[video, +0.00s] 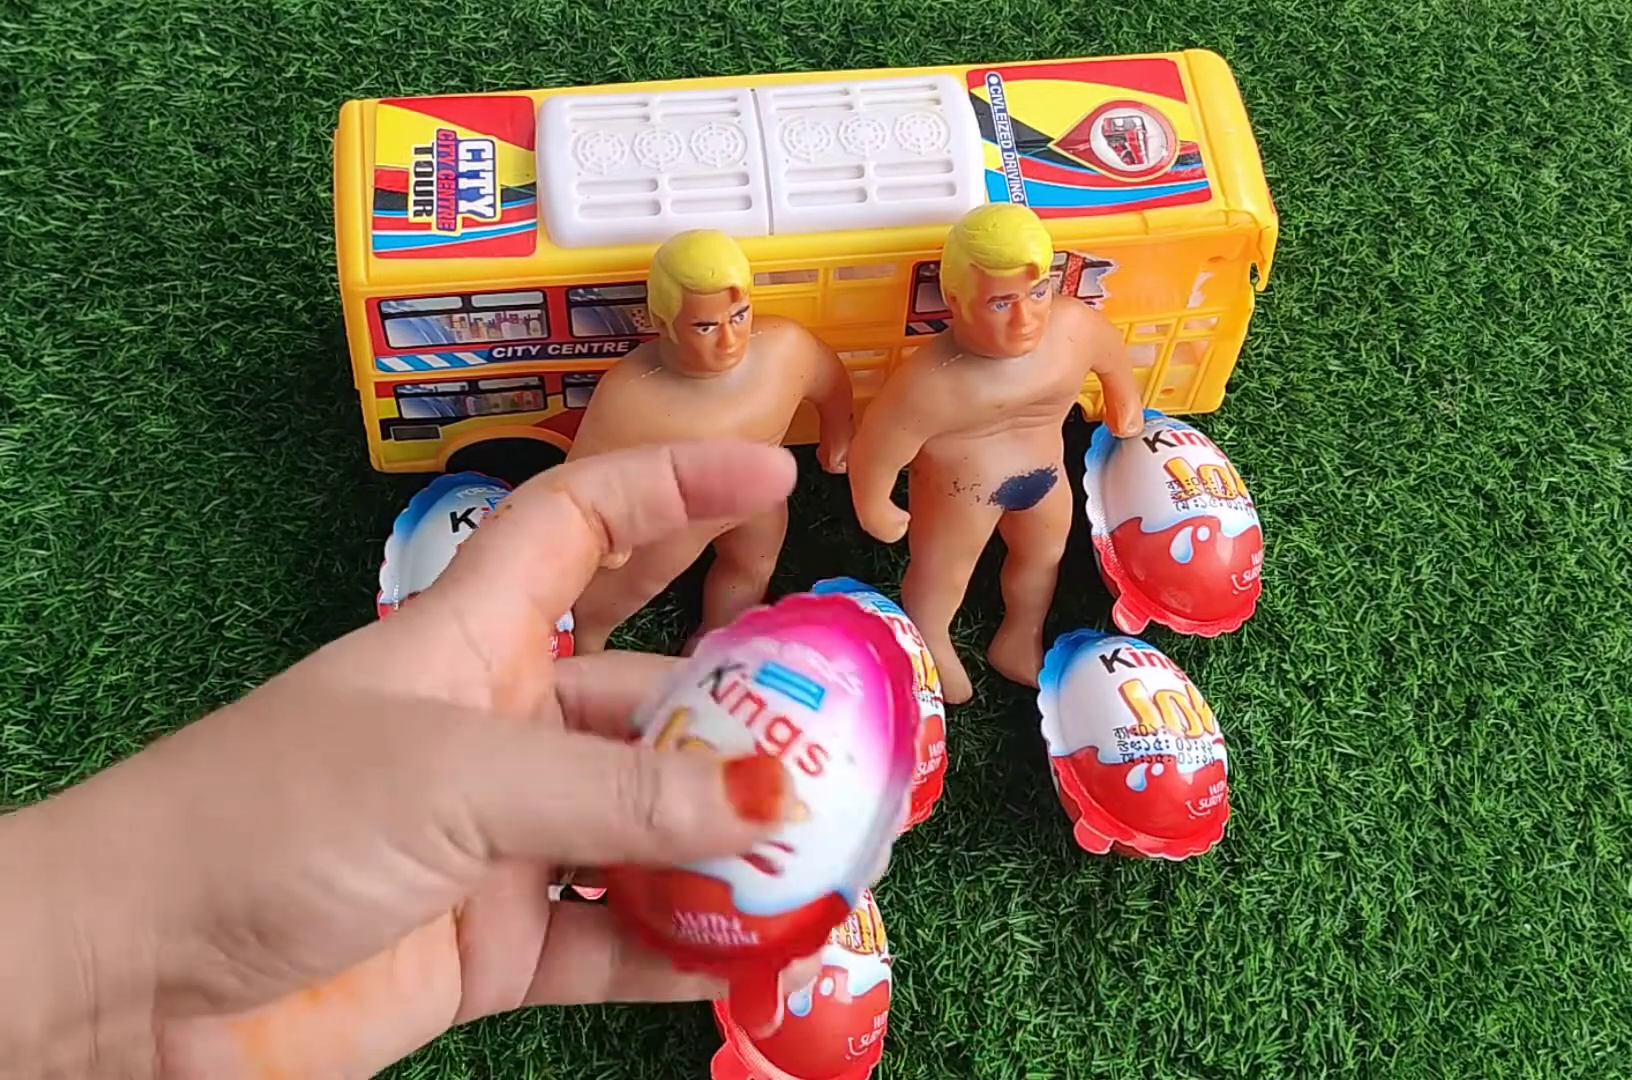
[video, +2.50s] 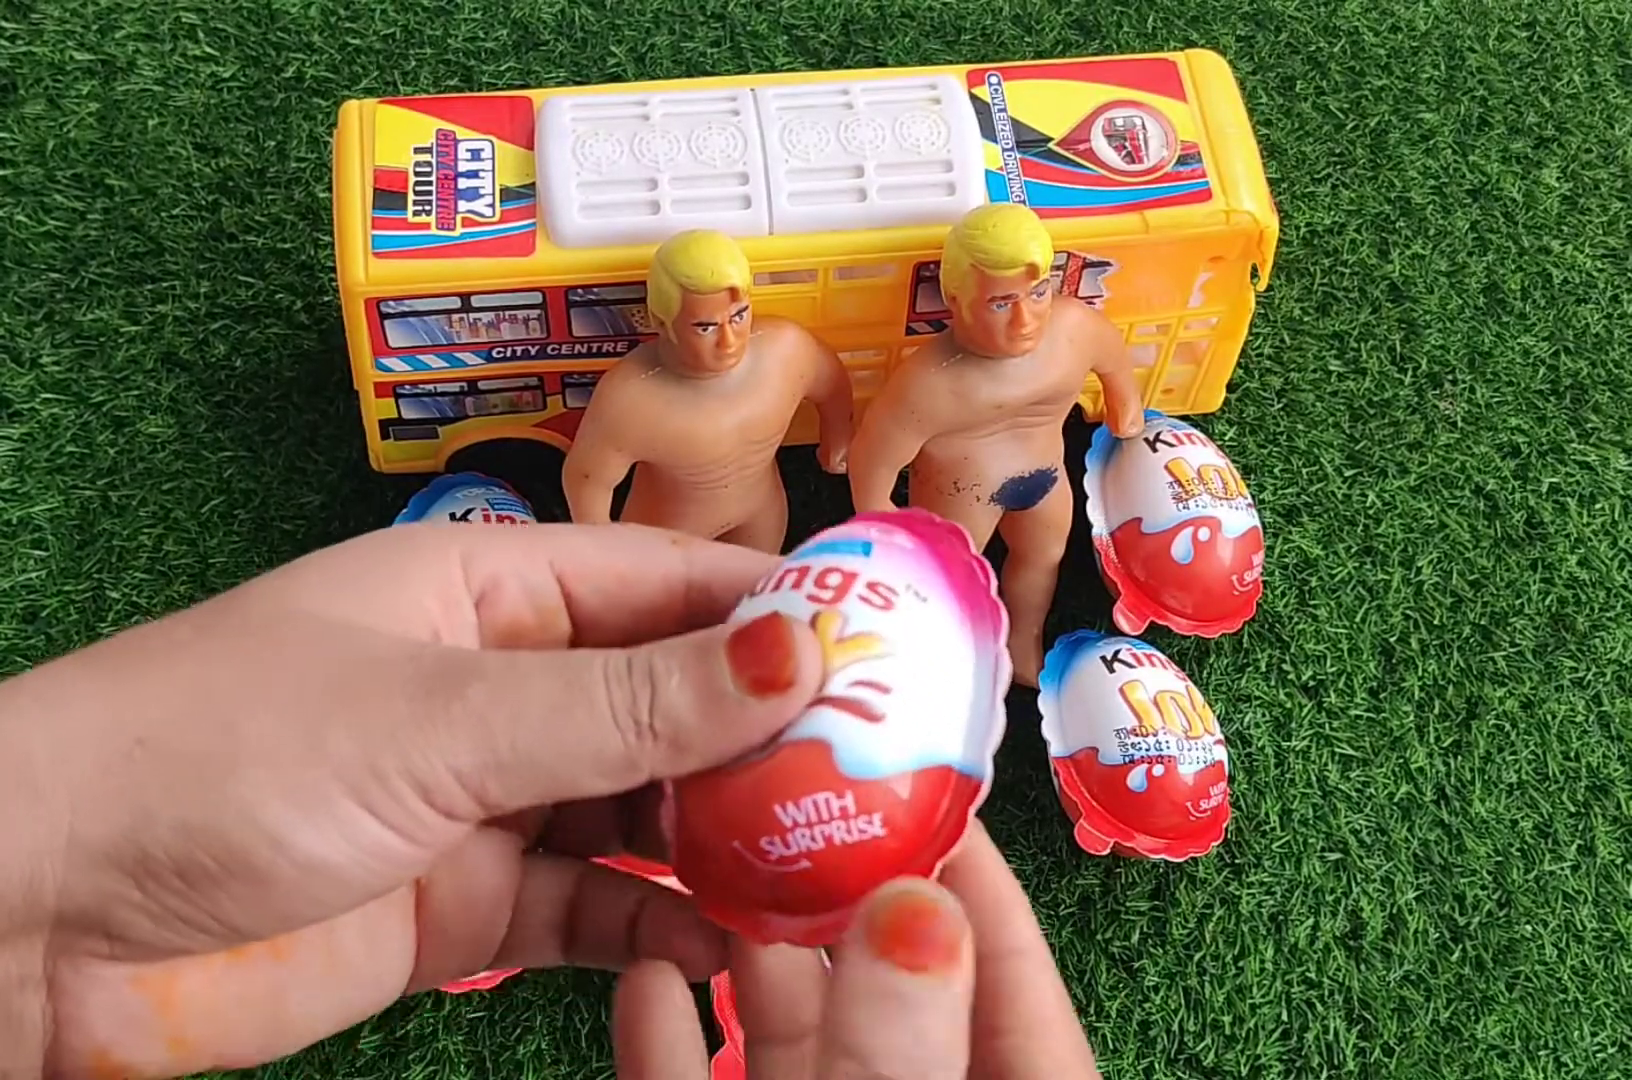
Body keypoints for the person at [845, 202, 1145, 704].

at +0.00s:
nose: (1024, 316)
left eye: (1036, 294)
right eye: (999, 302)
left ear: (1051, 284)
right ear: (953, 303)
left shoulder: (1077, 326)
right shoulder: (927, 383)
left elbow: (1112, 357)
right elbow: (874, 452)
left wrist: (1126, 403)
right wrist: (877, 513)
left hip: (1045, 474)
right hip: (959, 490)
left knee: (1041, 560)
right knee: (942, 575)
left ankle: (1020, 641)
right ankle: (931, 643)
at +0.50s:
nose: (1023, 316)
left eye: (1036, 294)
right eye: (999, 302)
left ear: (1050, 284)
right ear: (953, 304)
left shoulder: (1079, 327)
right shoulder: (927, 382)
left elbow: (1113, 360)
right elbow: (874, 453)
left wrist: (1126, 408)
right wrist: (877, 514)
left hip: (1045, 475)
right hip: (959, 489)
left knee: (1041, 559)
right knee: (942, 575)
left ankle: (1021, 641)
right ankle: (930, 641)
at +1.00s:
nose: (1024, 317)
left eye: (1037, 294)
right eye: (1000, 302)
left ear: (1051, 283)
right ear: (953, 303)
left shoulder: (1079, 328)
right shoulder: (927, 381)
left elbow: (1115, 362)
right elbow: (871, 458)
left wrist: (1126, 410)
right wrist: (879, 516)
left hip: (1044, 479)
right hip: (958, 492)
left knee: (1040, 563)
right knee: (940, 584)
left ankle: (1020, 643)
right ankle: (922, 662)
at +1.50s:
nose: (1023, 317)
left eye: (1036, 294)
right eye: (1000, 302)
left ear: (1050, 284)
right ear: (953, 304)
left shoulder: (1079, 328)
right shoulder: (927, 382)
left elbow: (1114, 360)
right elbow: (873, 453)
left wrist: (1126, 410)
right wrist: (878, 515)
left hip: (1045, 477)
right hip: (959, 493)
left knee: (1041, 560)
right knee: (942, 578)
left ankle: (1021, 642)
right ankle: (933, 642)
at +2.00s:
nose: (1025, 317)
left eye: (1038, 294)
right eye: (1001, 303)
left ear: (1051, 284)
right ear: (952, 303)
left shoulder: (1079, 328)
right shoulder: (928, 381)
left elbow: (1116, 364)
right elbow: (869, 466)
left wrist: (1127, 411)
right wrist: (886, 546)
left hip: (1044, 478)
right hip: (958, 491)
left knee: (1041, 563)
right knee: (943, 578)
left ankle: (1020, 644)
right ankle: (933, 654)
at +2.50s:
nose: (1025, 318)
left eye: (1037, 294)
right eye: (1000, 303)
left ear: (1052, 284)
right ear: (952, 303)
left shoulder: (1079, 327)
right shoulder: (927, 382)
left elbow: (1116, 364)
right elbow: (870, 466)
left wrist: (1127, 412)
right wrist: (886, 548)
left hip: (1044, 477)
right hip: (959, 489)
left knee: (1040, 563)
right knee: (947, 571)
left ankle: (1023, 645)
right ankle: (936, 649)